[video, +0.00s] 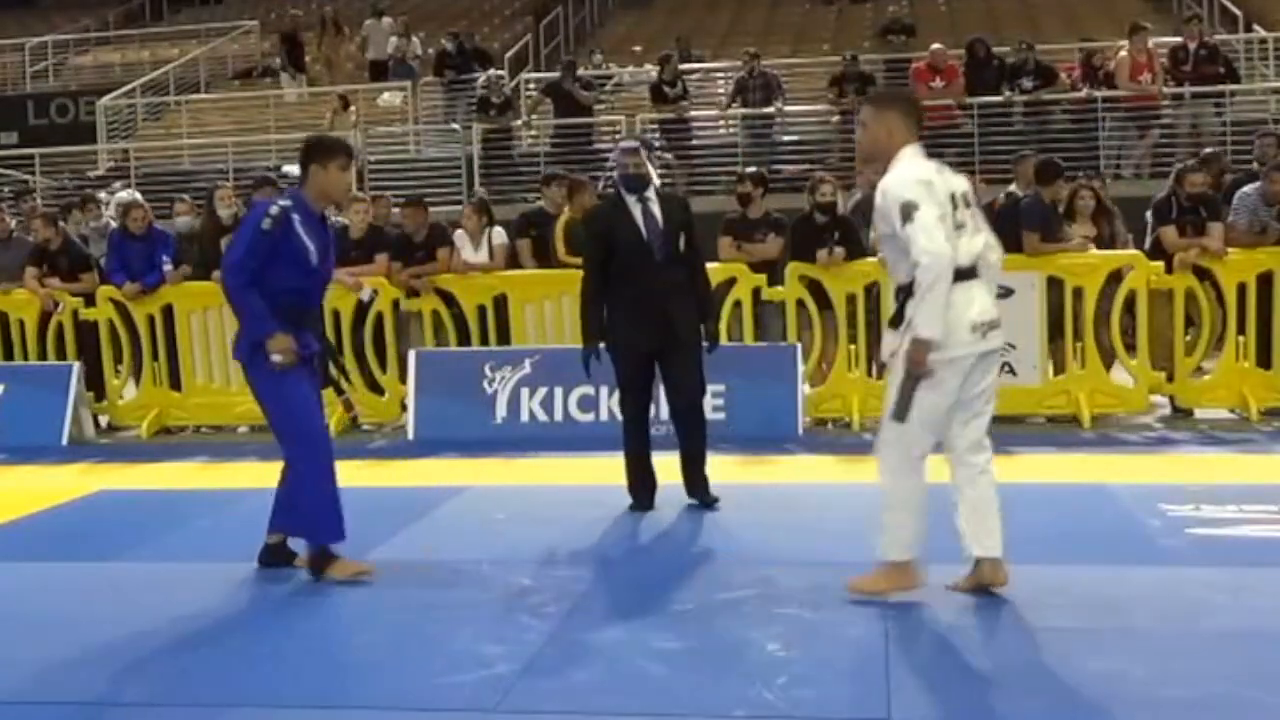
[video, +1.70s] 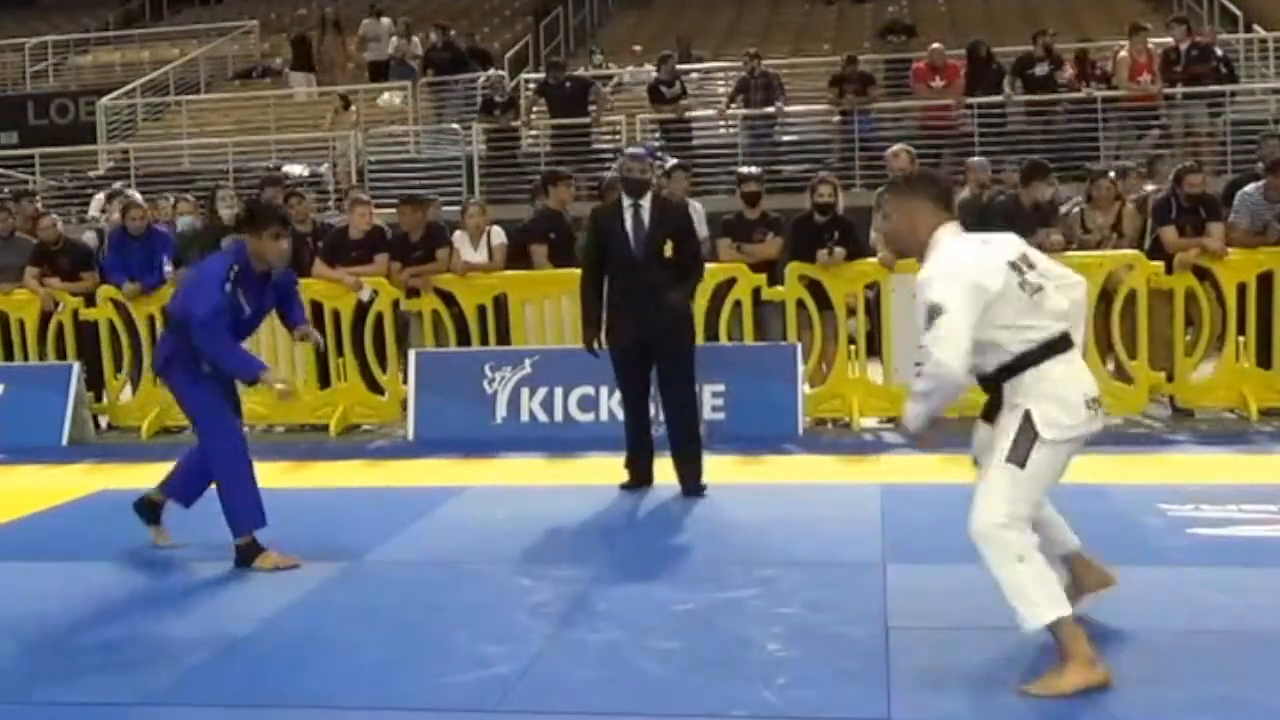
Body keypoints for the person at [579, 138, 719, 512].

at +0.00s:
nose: (634, 168)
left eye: (639, 162)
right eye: (626, 163)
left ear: (650, 165)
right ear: (615, 169)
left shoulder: (675, 205)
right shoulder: (601, 215)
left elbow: (696, 265)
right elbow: (593, 278)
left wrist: (708, 317)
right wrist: (591, 336)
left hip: (679, 325)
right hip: (629, 329)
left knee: (690, 408)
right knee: (635, 414)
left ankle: (698, 486)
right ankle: (641, 492)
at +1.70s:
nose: (636, 175)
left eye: (643, 169)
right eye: (630, 168)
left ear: (654, 173)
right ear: (619, 172)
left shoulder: (674, 210)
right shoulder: (602, 216)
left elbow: (693, 261)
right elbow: (592, 273)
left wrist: (679, 296)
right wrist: (591, 323)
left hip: (670, 318)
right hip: (625, 321)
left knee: (680, 399)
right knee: (633, 402)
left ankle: (690, 477)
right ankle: (638, 473)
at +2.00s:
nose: (658, 173)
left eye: (663, 167)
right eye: (651, 166)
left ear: (669, 172)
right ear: (634, 168)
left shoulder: (678, 207)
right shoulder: (608, 214)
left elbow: (698, 254)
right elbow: (596, 271)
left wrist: (673, 211)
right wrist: (596, 323)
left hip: (676, 316)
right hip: (630, 319)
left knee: (687, 398)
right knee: (637, 401)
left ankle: (698, 475)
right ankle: (639, 472)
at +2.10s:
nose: (661, 171)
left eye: (668, 165)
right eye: (656, 164)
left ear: (677, 171)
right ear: (642, 167)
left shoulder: (686, 208)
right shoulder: (616, 211)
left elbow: (704, 252)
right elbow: (601, 267)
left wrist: (674, 213)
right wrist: (600, 319)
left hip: (680, 316)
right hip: (635, 318)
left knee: (688, 399)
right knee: (639, 401)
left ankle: (699, 474)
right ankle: (639, 472)